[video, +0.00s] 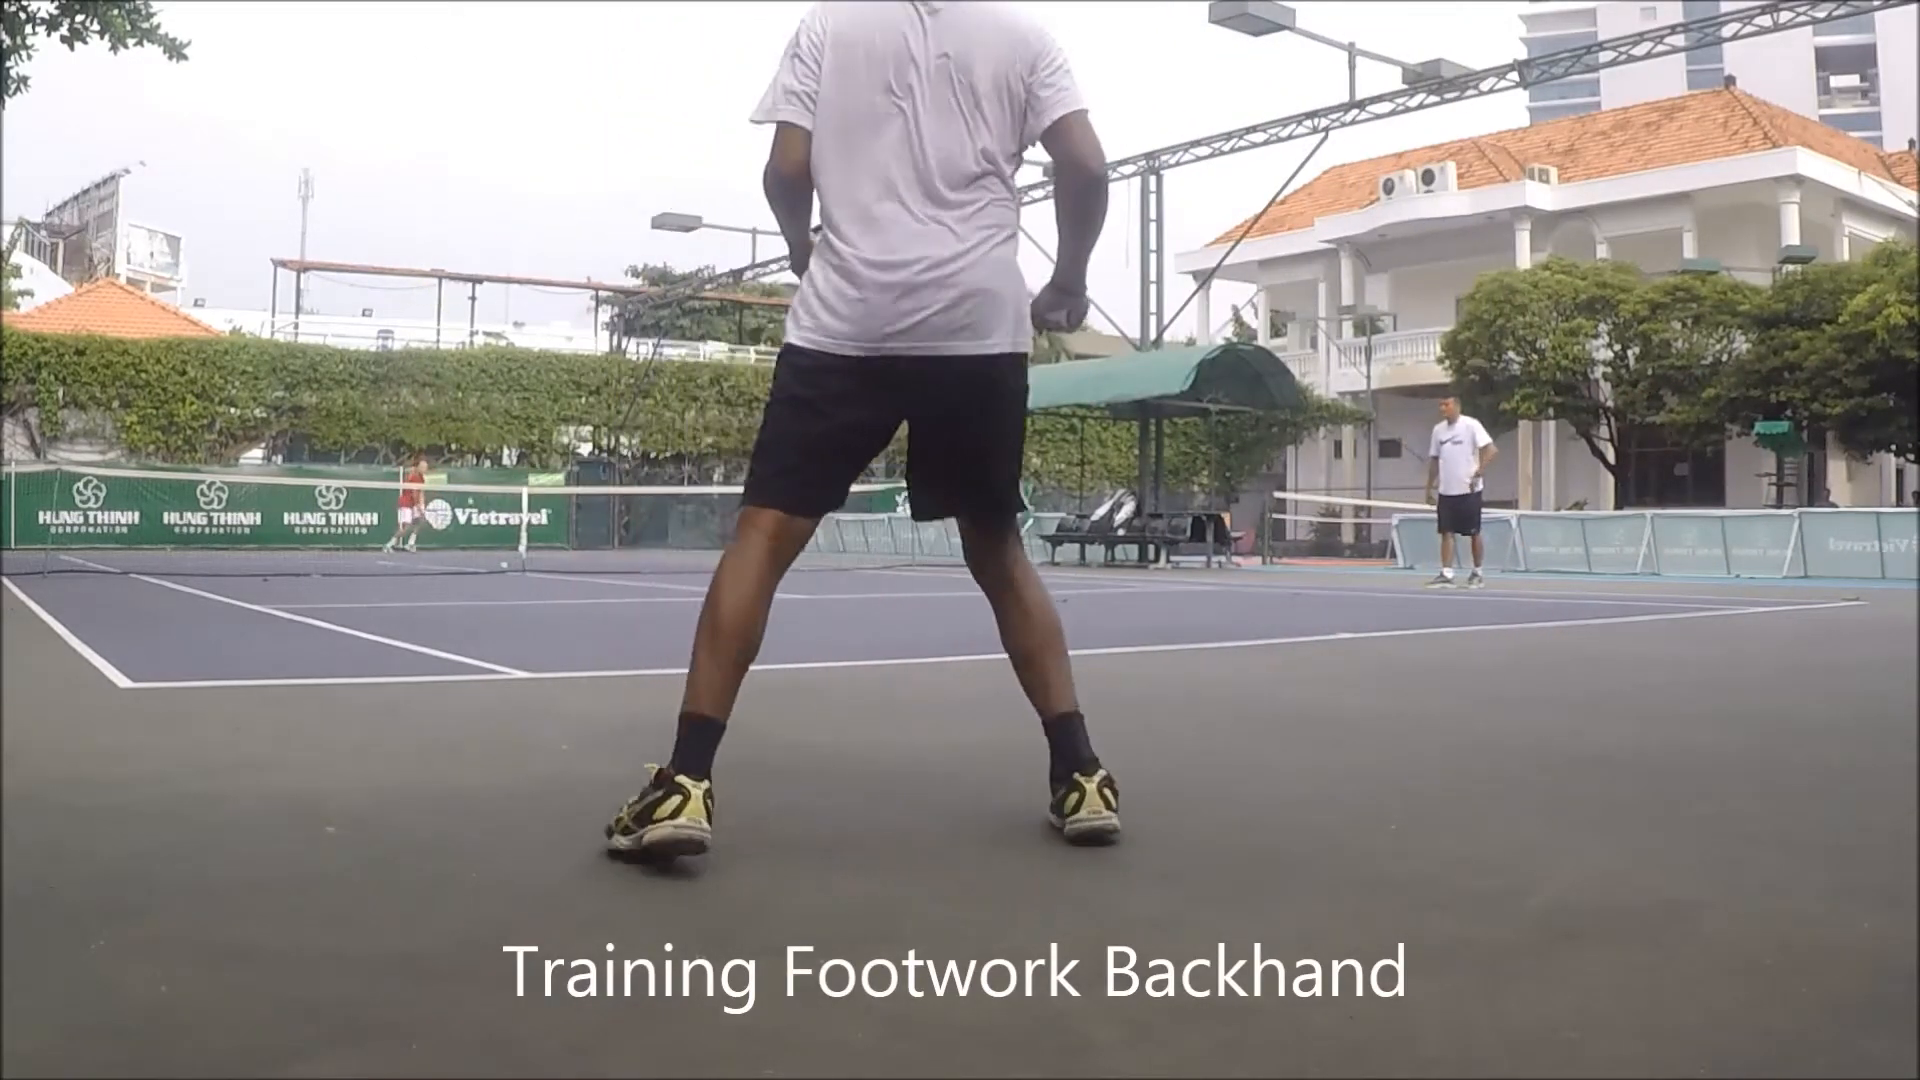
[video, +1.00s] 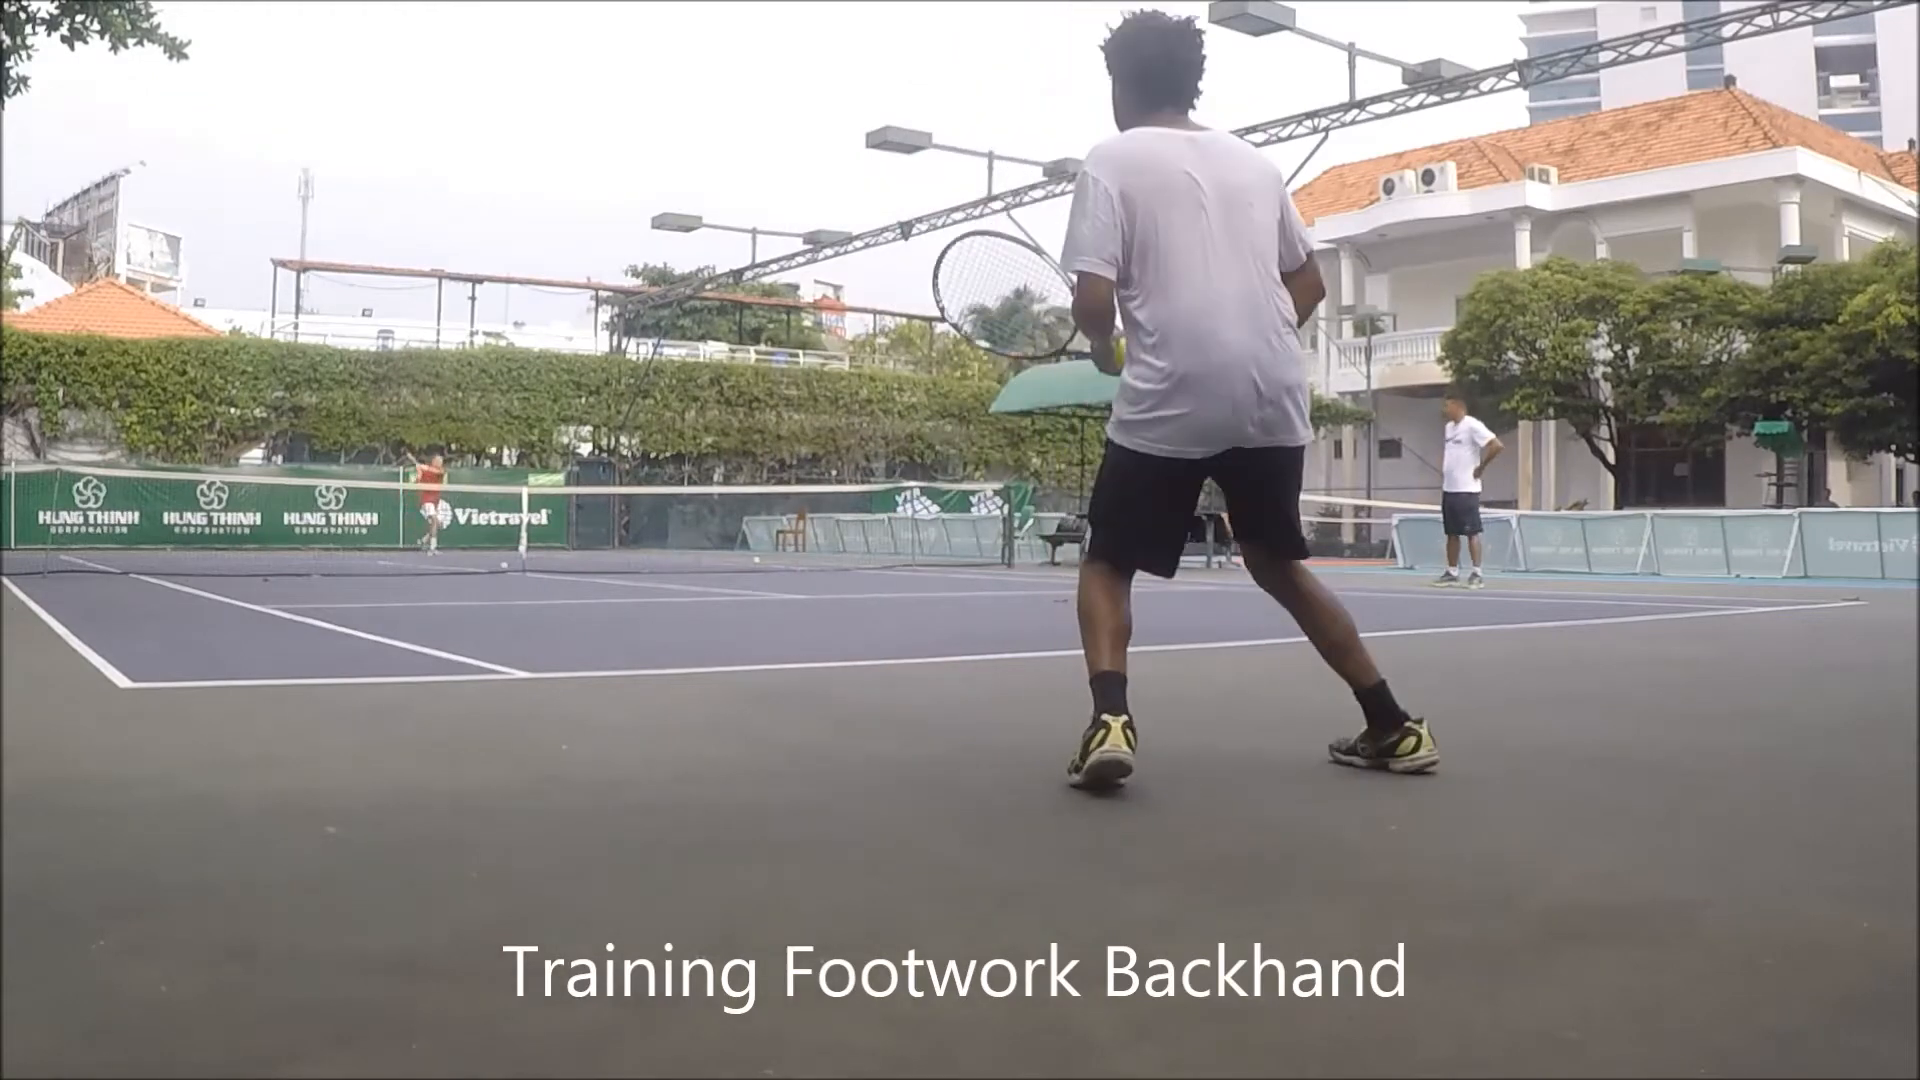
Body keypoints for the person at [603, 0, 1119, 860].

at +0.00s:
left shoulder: (828, 22)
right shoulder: (1020, 31)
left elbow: (788, 168)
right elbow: (1085, 164)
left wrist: (802, 249)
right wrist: (1069, 281)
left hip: (844, 325)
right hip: (978, 332)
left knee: (762, 539)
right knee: (999, 550)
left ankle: (685, 782)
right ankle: (1080, 773)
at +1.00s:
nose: (1108, 93)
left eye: (1109, 80)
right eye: (1111, 80)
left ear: (1122, 83)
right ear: (1195, 82)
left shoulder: (1112, 163)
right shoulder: (1254, 164)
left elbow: (1093, 296)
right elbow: (1308, 285)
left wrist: (1103, 345)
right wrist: (1249, 346)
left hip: (1168, 402)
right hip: (1274, 399)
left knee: (1107, 561)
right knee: (1278, 560)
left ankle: (1110, 718)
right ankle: (1390, 723)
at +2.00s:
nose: (927, 169)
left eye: (927, 154)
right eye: (923, 159)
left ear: (951, 144)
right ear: (978, 143)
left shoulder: (1045, 162)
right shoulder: (964, 221)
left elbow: (1098, 254)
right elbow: (900, 262)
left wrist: (1007, 215)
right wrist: (881, 209)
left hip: (1133, 365)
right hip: (1073, 383)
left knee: (1081, 537)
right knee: (974, 520)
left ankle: (1189, 732)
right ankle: (989, 710)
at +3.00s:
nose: (1135, 47)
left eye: (1137, 32)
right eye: (1141, 32)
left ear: (1149, 37)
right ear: (1212, 42)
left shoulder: (1146, 113)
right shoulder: (1266, 122)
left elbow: (1136, 233)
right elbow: (1312, 228)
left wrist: (1102, 286)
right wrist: (1276, 303)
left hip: (1186, 357)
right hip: (1264, 359)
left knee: (1185, 525)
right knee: (1199, 520)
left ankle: (1243, 717)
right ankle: (1224, 697)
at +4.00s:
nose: (1214, 86)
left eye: (1217, 74)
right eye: (1217, 73)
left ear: (1226, 76)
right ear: (1292, 79)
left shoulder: (1231, 143)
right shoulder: (1346, 158)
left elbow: (1221, 257)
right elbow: (1384, 267)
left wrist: (1187, 298)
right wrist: (1313, 290)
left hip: (1270, 366)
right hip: (1361, 376)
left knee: (1178, 520)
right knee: (1346, 542)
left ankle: (1199, 707)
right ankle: (1405, 709)